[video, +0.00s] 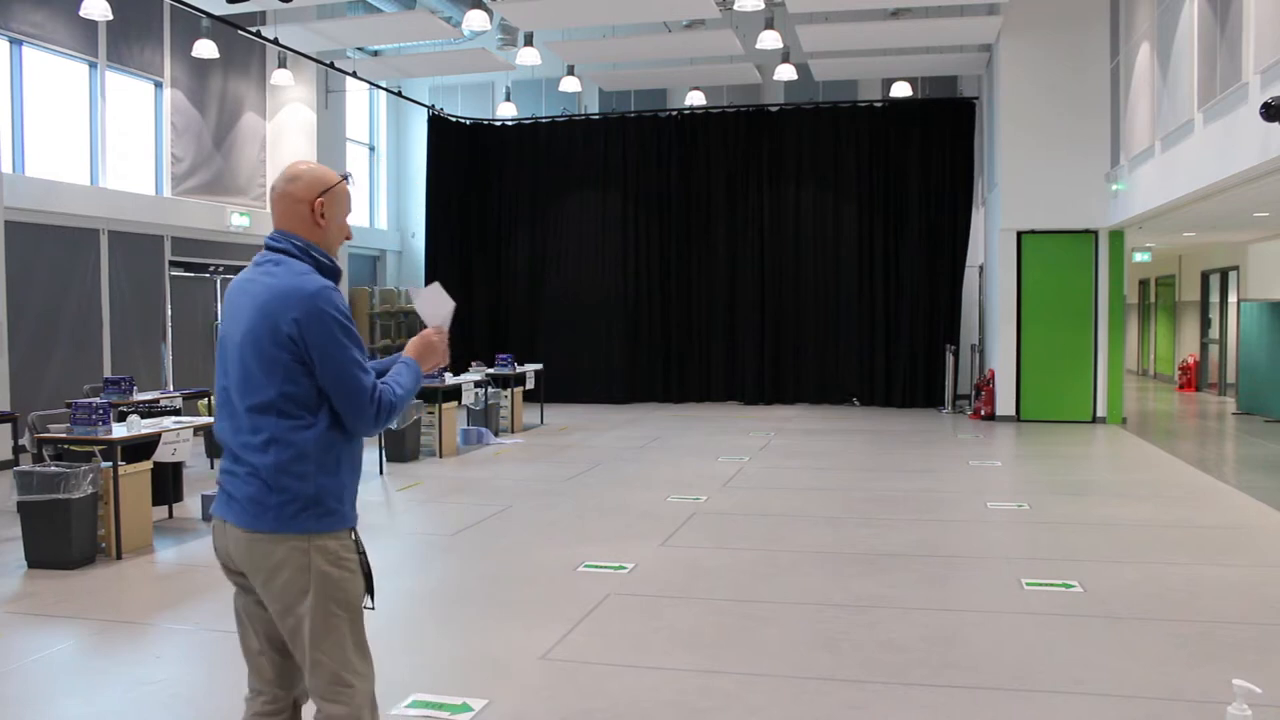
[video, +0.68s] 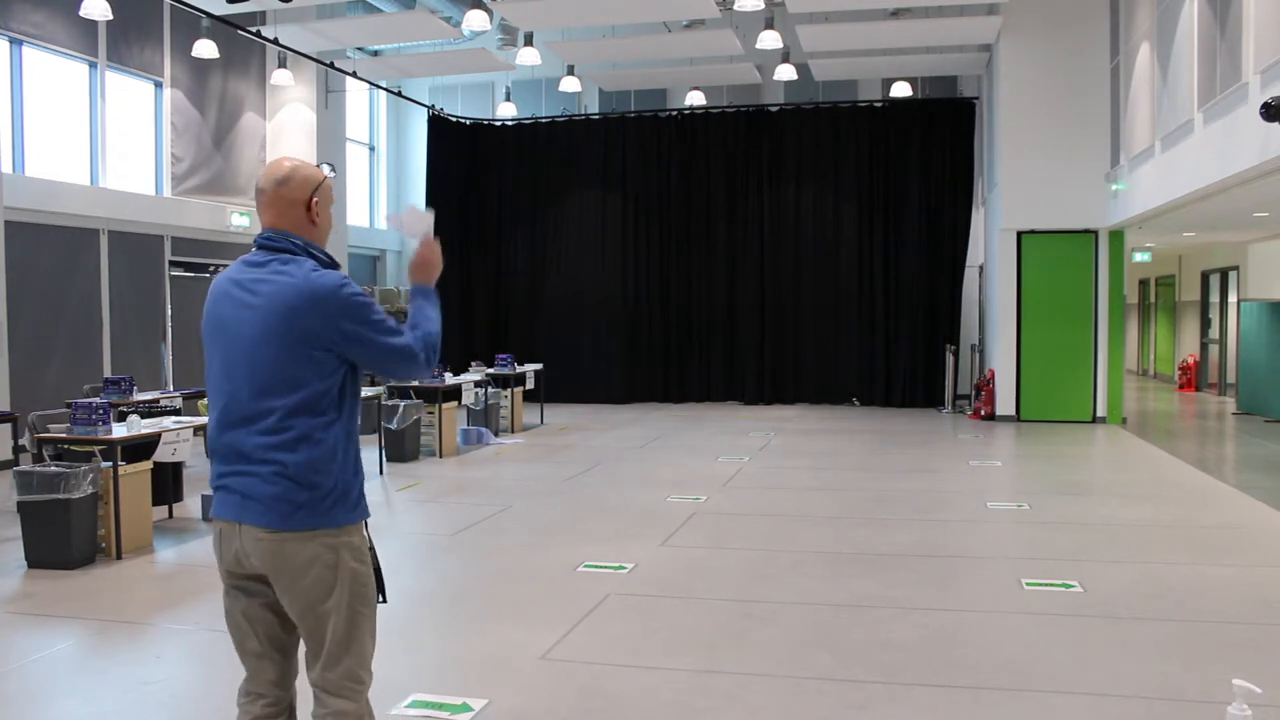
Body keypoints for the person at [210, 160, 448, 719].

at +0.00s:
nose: (350, 227)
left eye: (349, 212)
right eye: (345, 212)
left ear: (300, 211)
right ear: (317, 211)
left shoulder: (246, 284)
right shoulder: (312, 296)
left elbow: (315, 390)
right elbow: (368, 410)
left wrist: (395, 365)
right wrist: (415, 361)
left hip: (239, 521)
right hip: (301, 534)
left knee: (272, 694)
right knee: (345, 699)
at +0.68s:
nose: (333, 215)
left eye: (331, 204)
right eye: (330, 204)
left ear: (262, 211)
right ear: (313, 209)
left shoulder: (223, 286)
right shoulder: (325, 294)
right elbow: (416, 357)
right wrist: (424, 286)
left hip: (233, 523)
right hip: (312, 531)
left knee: (263, 690)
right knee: (342, 691)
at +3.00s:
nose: (485, 257)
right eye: (483, 250)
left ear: (435, 270)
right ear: (483, 261)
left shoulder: (416, 324)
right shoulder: (516, 310)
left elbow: (408, 408)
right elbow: (517, 379)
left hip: (441, 481)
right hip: (508, 473)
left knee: (479, 604)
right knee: (491, 616)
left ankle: (502, 709)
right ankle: (460, 716)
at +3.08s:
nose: (486, 260)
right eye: (485, 253)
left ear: (437, 272)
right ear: (486, 262)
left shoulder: (420, 326)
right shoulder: (520, 311)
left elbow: (409, 410)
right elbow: (522, 381)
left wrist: (431, 436)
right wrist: (434, 437)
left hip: (446, 479)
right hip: (513, 471)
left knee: (482, 599)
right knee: (495, 611)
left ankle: (503, 708)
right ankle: (462, 716)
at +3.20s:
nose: (490, 259)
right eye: (488, 253)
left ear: (440, 271)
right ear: (488, 261)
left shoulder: (423, 327)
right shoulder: (524, 312)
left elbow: (407, 413)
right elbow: (540, 391)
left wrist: (453, 409)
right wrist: (499, 412)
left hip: (448, 480)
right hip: (515, 472)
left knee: (489, 600)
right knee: (495, 610)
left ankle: (504, 708)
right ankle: (462, 716)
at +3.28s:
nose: (492, 260)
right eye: (490, 254)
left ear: (442, 271)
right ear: (490, 262)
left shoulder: (423, 327)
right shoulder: (525, 312)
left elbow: (406, 413)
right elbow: (544, 401)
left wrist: (453, 406)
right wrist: (498, 407)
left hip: (448, 483)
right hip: (515, 476)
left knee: (490, 599)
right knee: (494, 611)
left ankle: (503, 708)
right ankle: (462, 717)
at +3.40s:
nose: (492, 262)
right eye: (491, 255)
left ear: (443, 270)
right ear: (491, 263)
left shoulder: (422, 327)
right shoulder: (524, 313)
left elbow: (404, 413)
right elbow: (546, 404)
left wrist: (451, 406)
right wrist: (502, 414)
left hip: (444, 484)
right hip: (511, 478)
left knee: (489, 601)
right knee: (493, 612)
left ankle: (504, 708)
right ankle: (463, 717)